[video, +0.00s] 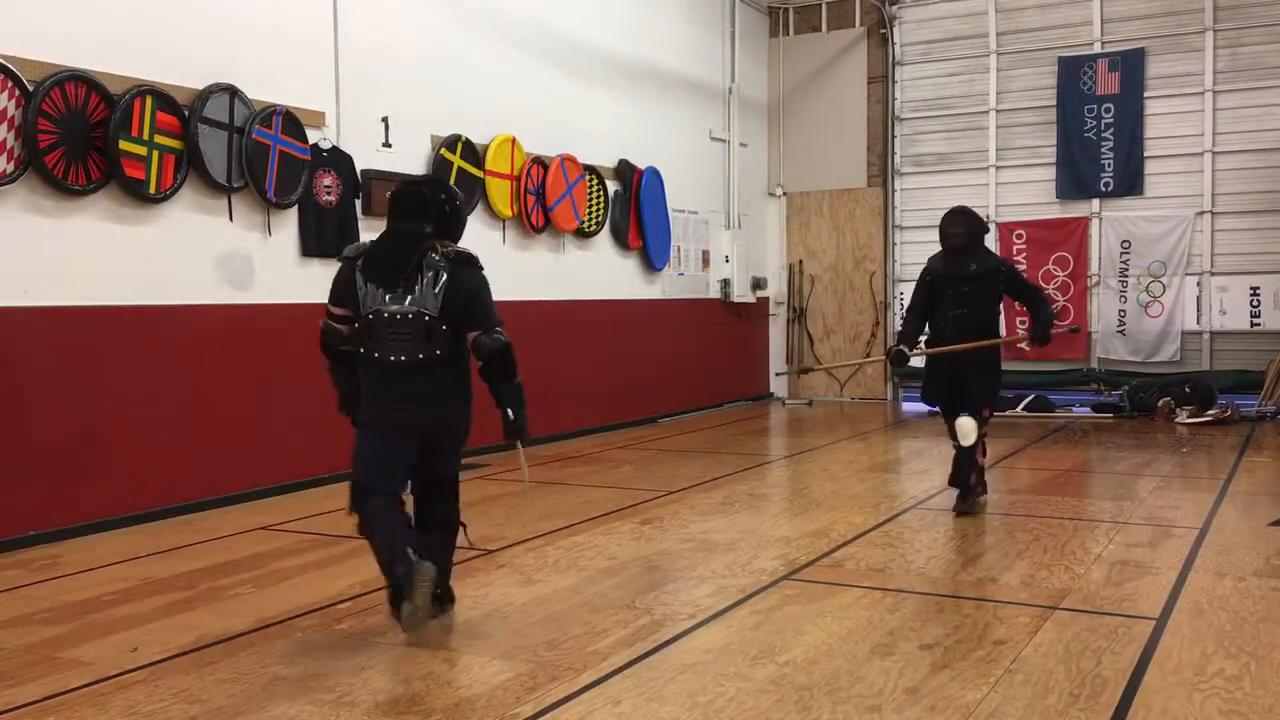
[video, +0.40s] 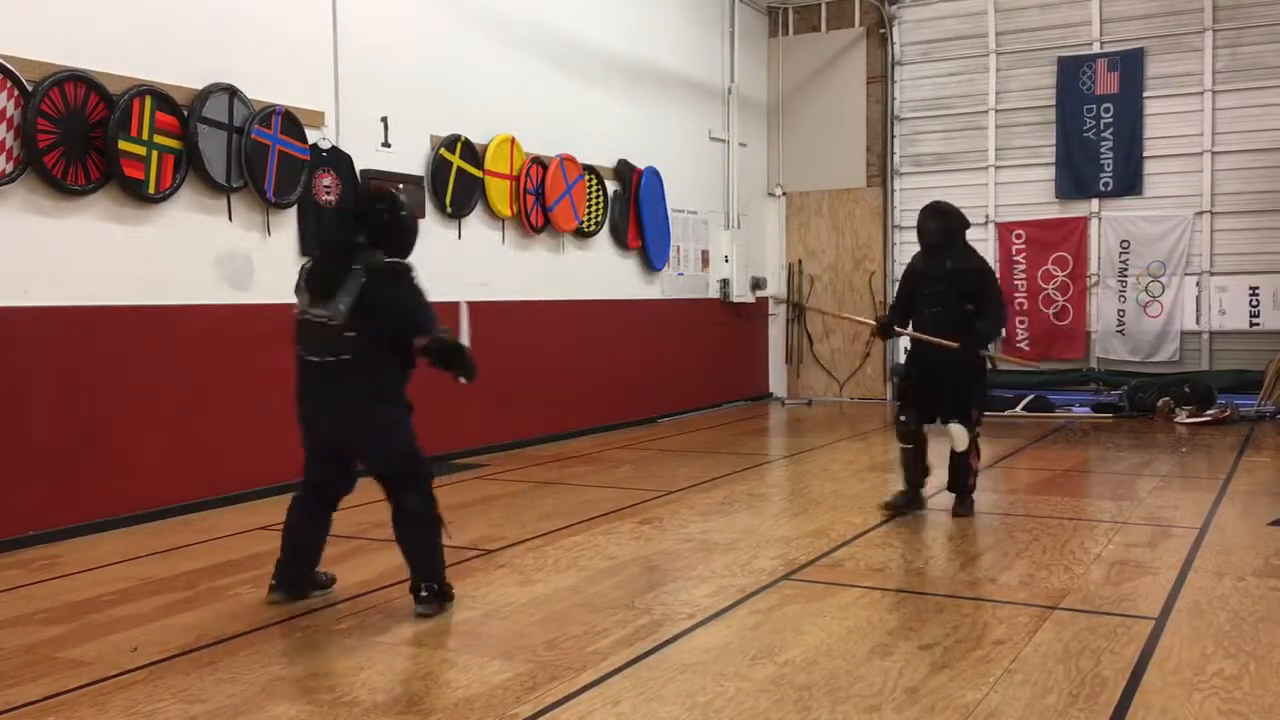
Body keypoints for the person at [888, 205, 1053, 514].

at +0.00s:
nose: (955, 240)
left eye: (961, 234)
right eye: (949, 234)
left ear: (975, 234)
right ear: (941, 235)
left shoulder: (993, 267)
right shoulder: (934, 269)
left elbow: (1034, 298)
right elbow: (917, 311)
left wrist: (1040, 326)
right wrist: (904, 344)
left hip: (981, 357)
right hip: (943, 357)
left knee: (968, 423)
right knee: (956, 424)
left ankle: (969, 489)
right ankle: (976, 480)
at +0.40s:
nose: (923, 236)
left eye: (930, 230)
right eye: (922, 229)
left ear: (948, 231)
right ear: (921, 230)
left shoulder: (973, 265)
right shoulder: (918, 265)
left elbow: (996, 314)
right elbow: (902, 308)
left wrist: (974, 339)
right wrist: (890, 325)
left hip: (962, 358)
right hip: (922, 356)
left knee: (960, 426)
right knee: (908, 422)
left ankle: (963, 494)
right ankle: (913, 490)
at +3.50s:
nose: (775, 245)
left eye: (783, 237)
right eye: (767, 237)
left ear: (801, 239)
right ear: (756, 241)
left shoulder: (823, 285)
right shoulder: (746, 287)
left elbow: (862, 332)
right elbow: (728, 334)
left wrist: (886, 382)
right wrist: (717, 370)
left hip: (813, 402)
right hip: (760, 401)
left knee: (826, 495)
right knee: (752, 484)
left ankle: (806, 552)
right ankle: (742, 565)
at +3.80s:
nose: (757, 242)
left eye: (765, 232)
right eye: (748, 233)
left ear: (783, 233)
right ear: (737, 237)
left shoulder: (808, 280)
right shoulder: (728, 283)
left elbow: (845, 331)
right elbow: (707, 333)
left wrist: (869, 382)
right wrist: (697, 375)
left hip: (794, 403)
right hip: (739, 403)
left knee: (807, 487)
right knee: (727, 490)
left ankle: (807, 551)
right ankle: (707, 585)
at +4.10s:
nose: (735, 250)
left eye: (744, 240)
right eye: (727, 241)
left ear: (764, 240)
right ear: (715, 242)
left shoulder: (790, 286)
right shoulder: (706, 288)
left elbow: (822, 341)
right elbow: (685, 341)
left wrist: (840, 393)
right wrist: (677, 381)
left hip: (774, 408)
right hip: (717, 407)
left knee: (799, 508)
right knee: (715, 497)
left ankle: (770, 551)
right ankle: (696, 598)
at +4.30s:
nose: (750, 244)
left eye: (760, 234)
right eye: (742, 234)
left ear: (780, 235)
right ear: (731, 236)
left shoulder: (803, 283)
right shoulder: (719, 282)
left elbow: (830, 345)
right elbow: (700, 333)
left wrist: (842, 397)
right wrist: (697, 369)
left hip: (783, 406)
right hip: (727, 403)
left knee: (807, 501)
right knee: (724, 494)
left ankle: (782, 570)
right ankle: (696, 595)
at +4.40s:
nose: (762, 234)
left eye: (772, 225)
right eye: (755, 225)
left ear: (791, 232)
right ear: (743, 231)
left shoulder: (812, 284)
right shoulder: (730, 280)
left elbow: (837, 346)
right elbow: (712, 335)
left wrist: (848, 398)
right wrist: (710, 376)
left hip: (791, 405)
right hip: (737, 403)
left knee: (813, 502)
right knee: (734, 494)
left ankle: (783, 570)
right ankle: (702, 594)